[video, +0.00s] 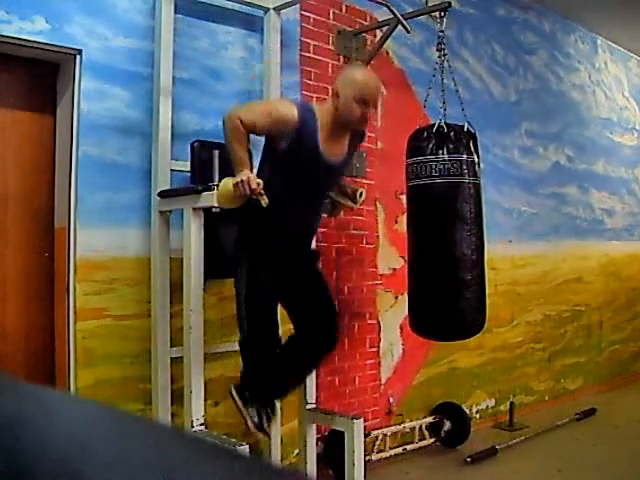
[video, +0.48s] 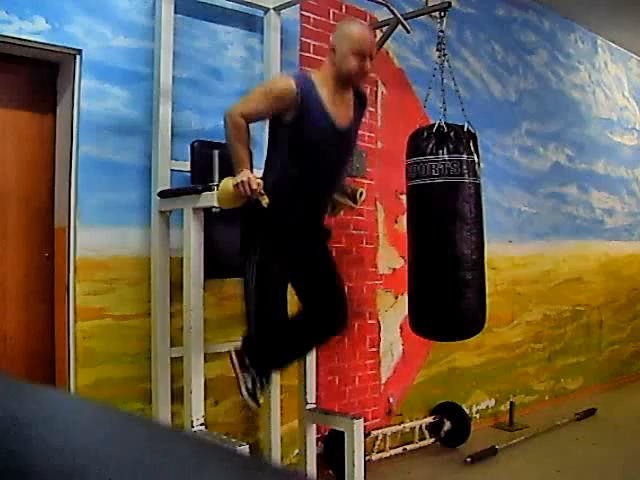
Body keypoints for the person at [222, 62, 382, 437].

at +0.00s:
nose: (368, 116)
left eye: (373, 107)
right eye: (363, 105)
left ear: (372, 106)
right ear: (337, 96)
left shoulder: (351, 138)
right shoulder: (293, 117)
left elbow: (312, 172)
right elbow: (236, 119)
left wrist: (336, 190)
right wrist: (243, 171)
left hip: (297, 248)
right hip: (259, 243)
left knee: (322, 329)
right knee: (260, 337)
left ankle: (257, 391)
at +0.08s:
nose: (370, 133)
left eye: (374, 124)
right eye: (362, 123)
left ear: (377, 122)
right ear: (337, 113)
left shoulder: (351, 152)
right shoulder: (296, 131)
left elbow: (320, 180)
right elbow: (238, 120)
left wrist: (339, 194)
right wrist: (244, 171)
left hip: (296, 260)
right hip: (257, 257)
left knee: (322, 342)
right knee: (263, 346)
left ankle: (262, 409)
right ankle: (263, 422)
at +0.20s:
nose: (372, 144)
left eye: (375, 136)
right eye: (365, 134)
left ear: (375, 134)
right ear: (338, 124)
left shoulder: (352, 160)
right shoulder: (297, 141)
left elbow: (317, 186)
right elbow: (242, 119)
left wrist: (340, 196)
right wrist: (243, 171)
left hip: (296, 267)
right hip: (257, 263)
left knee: (324, 350)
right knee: (265, 354)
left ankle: (260, 418)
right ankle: (270, 431)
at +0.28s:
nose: (371, 140)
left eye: (375, 131)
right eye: (364, 129)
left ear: (376, 130)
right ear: (338, 121)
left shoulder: (351, 159)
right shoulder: (297, 139)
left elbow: (316, 189)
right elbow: (241, 118)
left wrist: (340, 196)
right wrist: (243, 171)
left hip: (298, 266)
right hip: (258, 264)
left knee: (327, 350)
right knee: (268, 357)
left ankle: (263, 417)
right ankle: (270, 431)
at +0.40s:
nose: (368, 92)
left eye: (372, 84)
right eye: (361, 82)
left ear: (374, 84)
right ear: (336, 78)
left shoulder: (357, 121)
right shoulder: (293, 108)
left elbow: (318, 164)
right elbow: (235, 117)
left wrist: (339, 185)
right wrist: (243, 171)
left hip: (305, 242)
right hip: (265, 238)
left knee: (330, 330)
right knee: (269, 336)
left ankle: (262, 382)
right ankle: (259, 386)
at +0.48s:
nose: (367, 68)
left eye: (371, 58)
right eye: (360, 57)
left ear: (372, 58)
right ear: (334, 53)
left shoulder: (357, 99)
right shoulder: (293, 89)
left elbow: (324, 150)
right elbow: (236, 116)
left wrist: (340, 184)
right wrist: (243, 170)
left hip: (308, 223)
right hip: (269, 220)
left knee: (331, 314)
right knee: (267, 323)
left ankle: (256, 358)